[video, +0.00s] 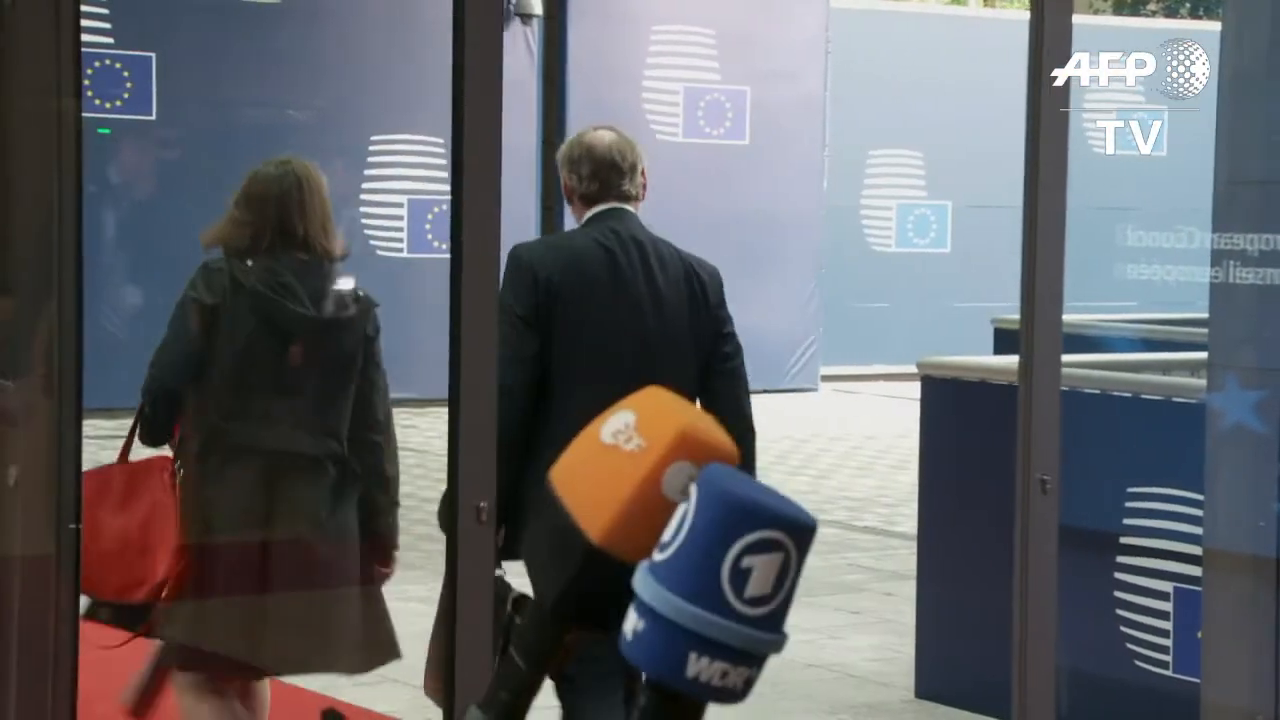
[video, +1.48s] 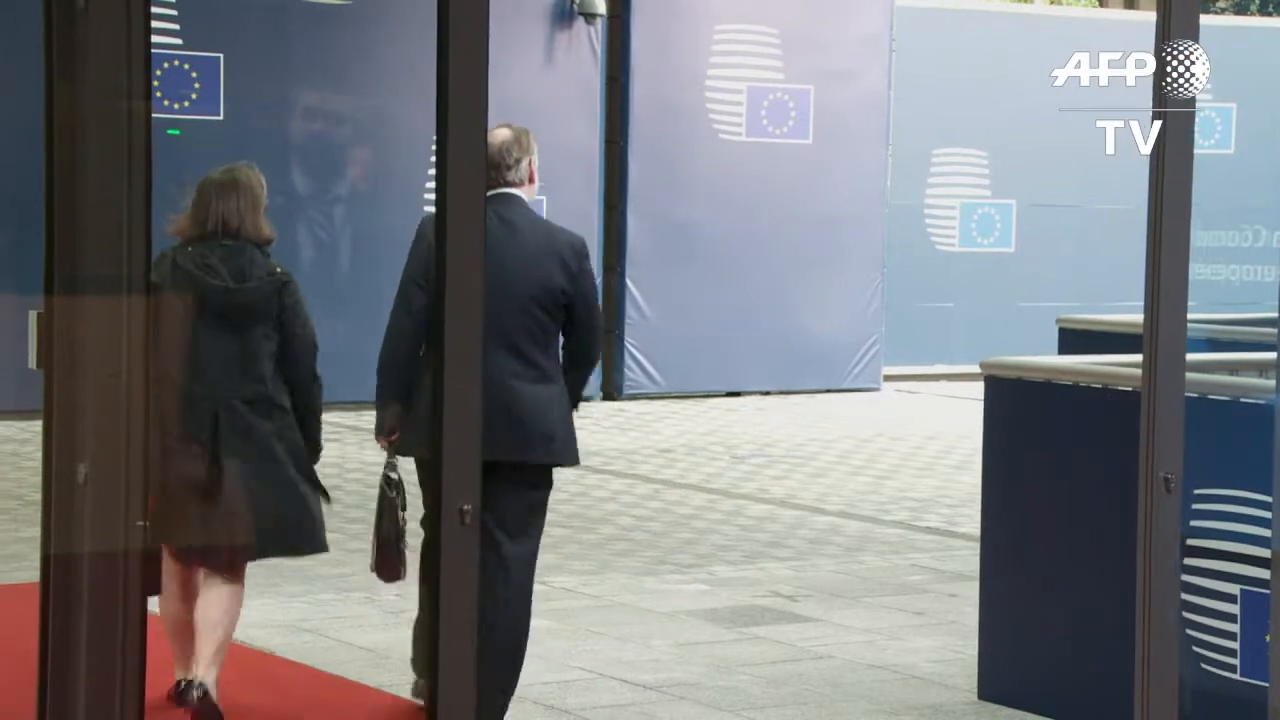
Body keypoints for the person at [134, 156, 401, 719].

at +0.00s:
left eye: (242, 208)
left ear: (246, 213)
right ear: (320, 218)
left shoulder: (217, 282)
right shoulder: (351, 304)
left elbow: (166, 380)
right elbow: (373, 433)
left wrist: (155, 426)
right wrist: (380, 539)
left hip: (224, 512)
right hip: (313, 520)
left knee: (194, 672)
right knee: (246, 669)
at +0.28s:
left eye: (219, 199)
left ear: (219, 203)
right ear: (293, 208)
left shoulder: (189, 273)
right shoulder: (323, 293)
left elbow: (143, 360)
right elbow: (345, 405)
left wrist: (140, 415)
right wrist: (327, 482)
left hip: (194, 490)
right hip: (281, 492)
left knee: (159, 634)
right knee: (249, 651)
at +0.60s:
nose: (265, 205)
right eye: (260, 195)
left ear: (191, 197)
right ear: (256, 202)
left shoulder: (156, 267)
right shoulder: (283, 280)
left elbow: (116, 370)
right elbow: (304, 391)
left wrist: (111, 471)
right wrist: (306, 480)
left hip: (161, 464)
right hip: (250, 469)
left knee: (156, 617)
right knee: (229, 607)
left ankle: (155, 716)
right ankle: (215, 711)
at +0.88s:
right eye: (263, 211)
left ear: (197, 209)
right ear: (258, 216)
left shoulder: (154, 279)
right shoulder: (275, 295)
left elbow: (129, 382)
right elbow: (295, 404)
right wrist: (301, 493)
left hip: (166, 466)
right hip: (243, 467)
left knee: (168, 607)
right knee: (223, 609)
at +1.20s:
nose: (273, 200)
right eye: (269, 191)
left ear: (202, 192)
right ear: (263, 198)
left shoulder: (166, 260)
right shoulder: (285, 269)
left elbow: (139, 347)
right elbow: (308, 368)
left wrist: (141, 419)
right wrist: (310, 447)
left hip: (173, 434)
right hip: (253, 441)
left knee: (164, 558)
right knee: (223, 581)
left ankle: (161, 688)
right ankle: (198, 710)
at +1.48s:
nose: (265, 214)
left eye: (259, 203)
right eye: (261, 205)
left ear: (200, 208)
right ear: (254, 211)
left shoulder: (164, 273)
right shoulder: (274, 281)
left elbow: (144, 363)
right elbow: (301, 371)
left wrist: (143, 436)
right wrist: (306, 448)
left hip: (172, 439)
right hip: (249, 443)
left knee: (179, 569)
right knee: (224, 567)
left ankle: (187, 674)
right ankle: (204, 679)